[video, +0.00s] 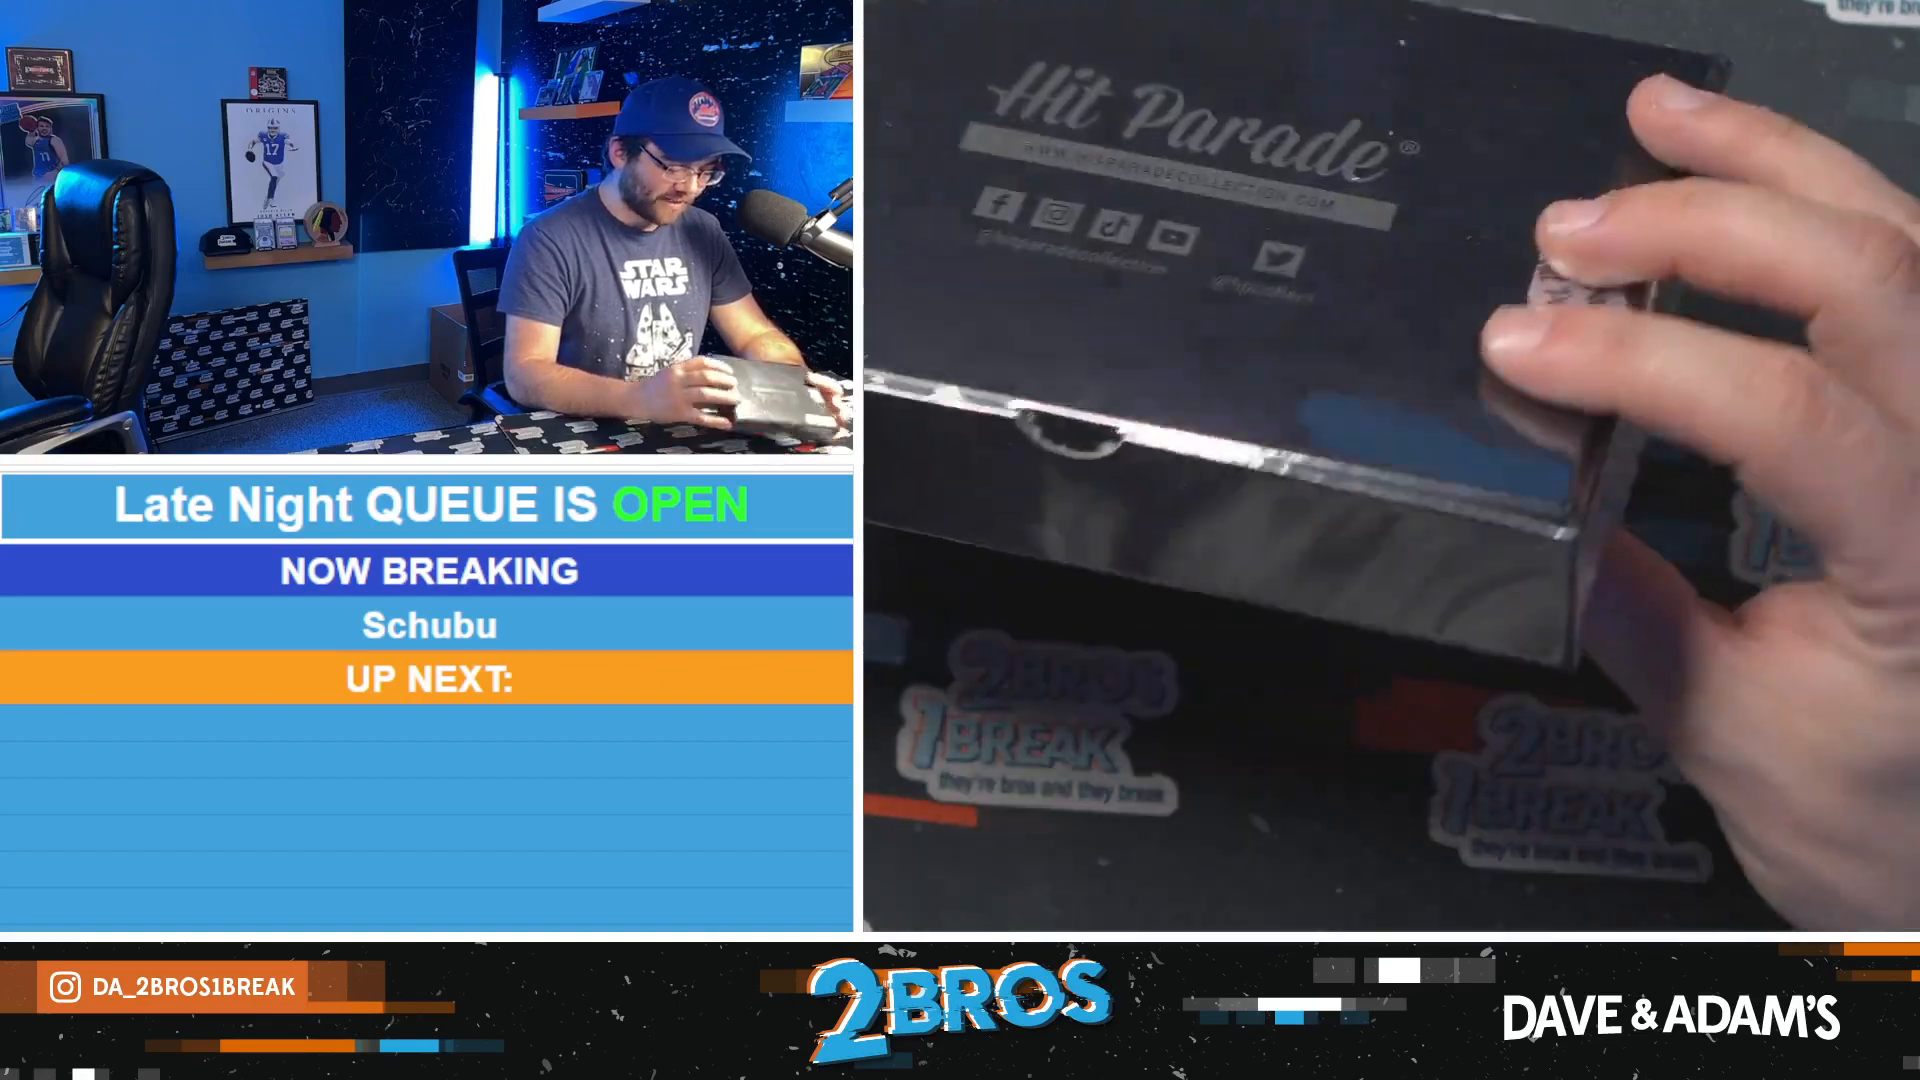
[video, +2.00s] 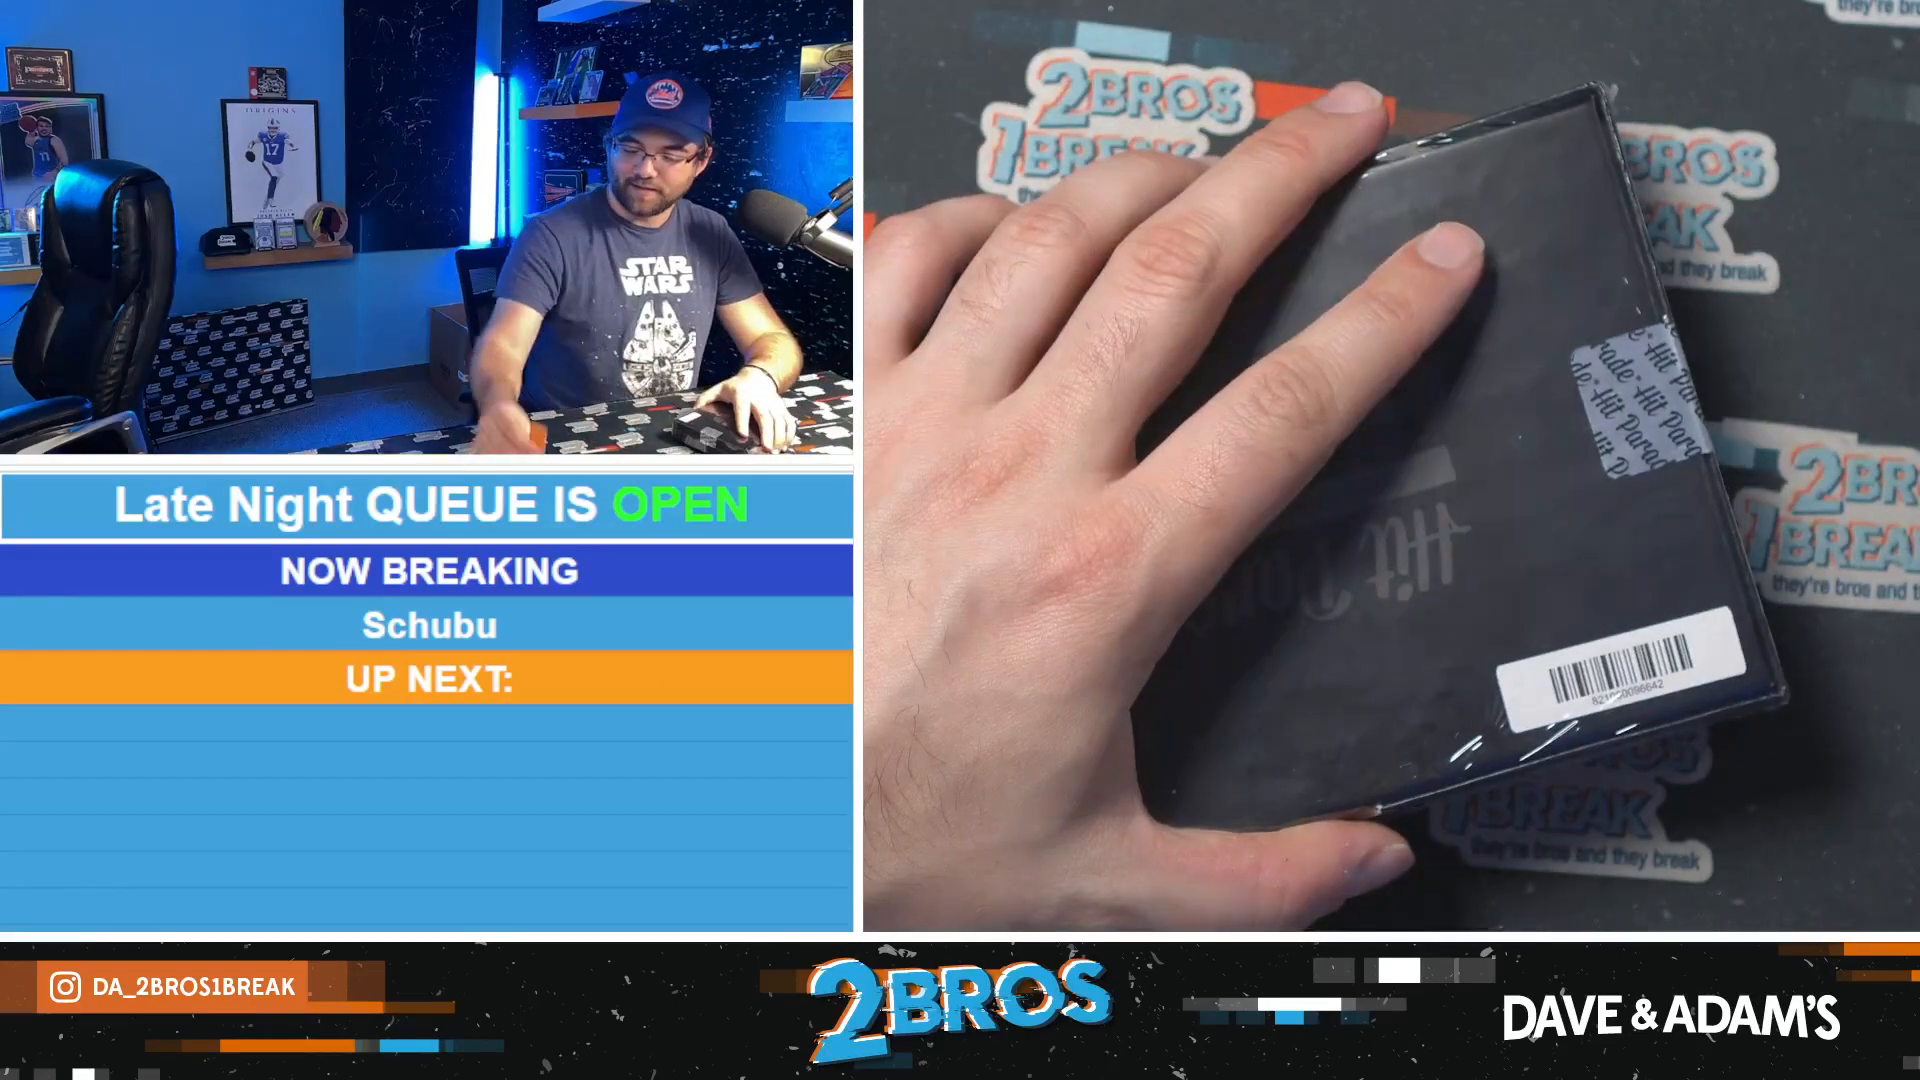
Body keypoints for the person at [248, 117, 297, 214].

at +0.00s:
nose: (273, 130)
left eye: (275, 128)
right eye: (271, 128)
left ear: (278, 128)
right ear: (268, 128)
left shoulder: (283, 136)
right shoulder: (263, 136)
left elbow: (290, 143)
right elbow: (253, 141)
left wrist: (292, 147)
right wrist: (250, 149)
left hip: (279, 164)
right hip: (267, 162)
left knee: (275, 182)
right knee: (274, 176)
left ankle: (267, 200)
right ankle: (270, 199)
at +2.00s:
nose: (273, 130)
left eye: (275, 128)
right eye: (271, 128)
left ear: (278, 128)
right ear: (268, 128)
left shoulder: (283, 136)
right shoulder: (263, 136)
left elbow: (289, 142)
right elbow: (253, 142)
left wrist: (292, 146)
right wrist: (250, 149)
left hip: (278, 163)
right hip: (267, 162)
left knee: (276, 181)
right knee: (274, 176)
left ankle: (267, 200)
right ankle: (270, 199)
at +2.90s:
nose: (273, 131)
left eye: (275, 129)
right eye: (271, 129)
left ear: (278, 129)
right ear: (268, 129)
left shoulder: (283, 136)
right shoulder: (263, 136)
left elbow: (289, 142)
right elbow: (253, 142)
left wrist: (292, 146)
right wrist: (250, 148)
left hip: (278, 163)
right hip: (267, 162)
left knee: (276, 182)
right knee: (274, 176)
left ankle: (267, 200)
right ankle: (270, 199)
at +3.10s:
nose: (273, 131)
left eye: (275, 128)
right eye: (271, 128)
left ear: (278, 129)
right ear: (268, 128)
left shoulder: (283, 136)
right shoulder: (263, 136)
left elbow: (289, 142)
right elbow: (253, 142)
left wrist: (292, 146)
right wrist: (250, 148)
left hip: (279, 163)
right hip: (267, 162)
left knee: (276, 181)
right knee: (274, 176)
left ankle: (267, 200)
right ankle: (270, 199)